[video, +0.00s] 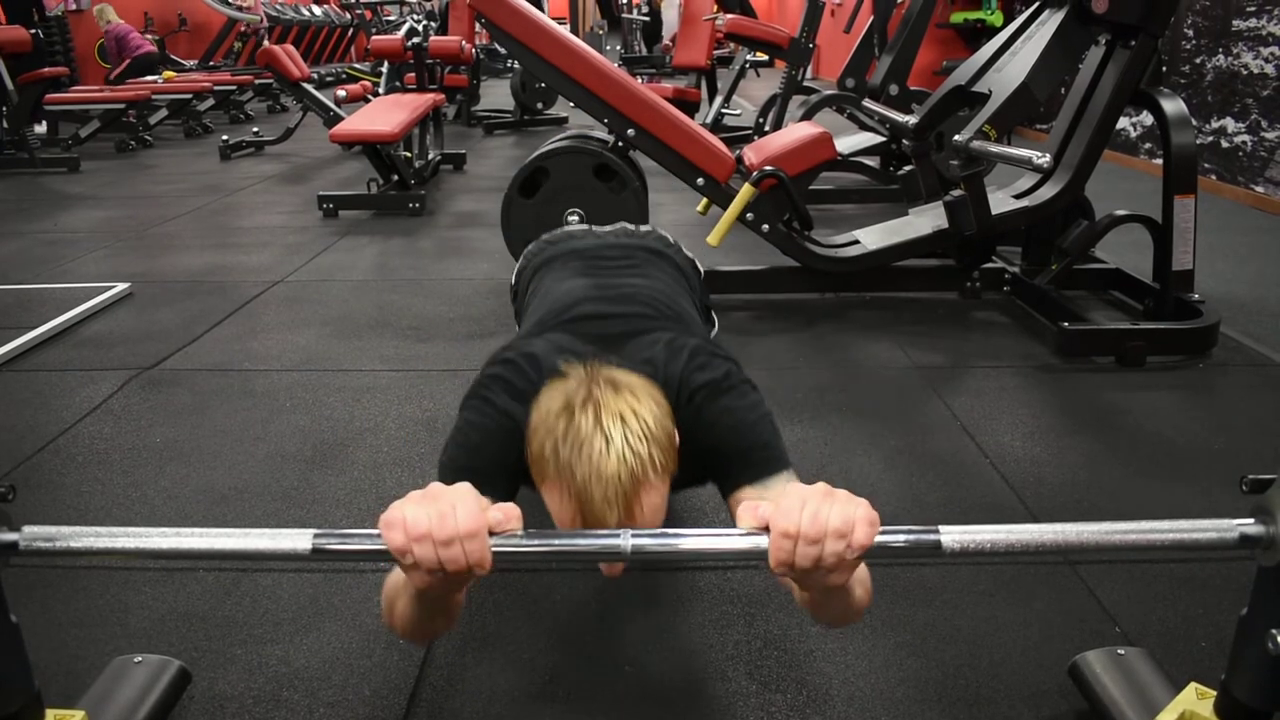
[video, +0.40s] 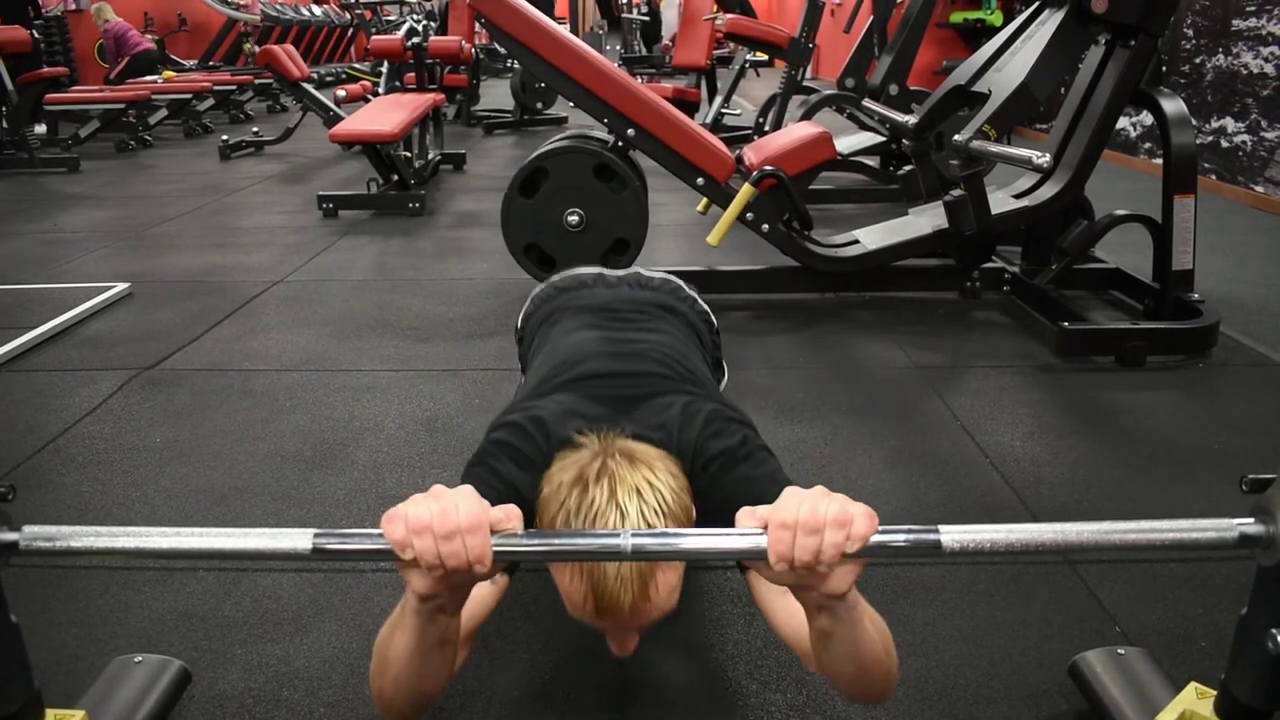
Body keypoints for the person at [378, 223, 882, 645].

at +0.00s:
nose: (612, 561)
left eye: (633, 530)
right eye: (586, 537)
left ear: (668, 464)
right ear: (536, 479)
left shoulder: (715, 395)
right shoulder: (497, 408)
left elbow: (841, 611)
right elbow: (412, 627)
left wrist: (823, 564)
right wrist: (436, 571)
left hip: (660, 250)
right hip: (549, 253)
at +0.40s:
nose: (622, 649)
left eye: (648, 618)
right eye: (594, 621)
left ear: (687, 544)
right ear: (545, 552)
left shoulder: (729, 463)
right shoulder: (508, 469)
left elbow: (871, 687)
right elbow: (398, 701)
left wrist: (831, 600)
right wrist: (432, 602)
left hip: (674, 296)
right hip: (556, 298)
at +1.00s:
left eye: (665, 717)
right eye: (598, 719)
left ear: (697, 660)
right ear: (555, 681)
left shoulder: (752, 557)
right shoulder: (504, 554)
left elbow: (850, 711)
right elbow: (422, 710)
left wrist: (839, 612)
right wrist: (431, 605)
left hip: (687, 375)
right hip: (566, 373)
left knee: (666, 318)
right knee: (583, 315)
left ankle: (649, 291)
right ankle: (600, 279)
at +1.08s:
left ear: (697, 674)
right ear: (556, 694)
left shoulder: (753, 577)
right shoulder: (504, 575)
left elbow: (859, 713)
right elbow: (422, 713)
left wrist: (841, 610)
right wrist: (433, 604)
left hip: (691, 382)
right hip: (565, 379)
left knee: (666, 321)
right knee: (584, 319)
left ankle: (650, 291)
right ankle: (603, 279)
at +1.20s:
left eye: (668, 719)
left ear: (697, 674)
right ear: (557, 692)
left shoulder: (753, 577)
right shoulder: (509, 577)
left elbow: (872, 712)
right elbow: (413, 711)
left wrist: (843, 601)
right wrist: (434, 595)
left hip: (691, 379)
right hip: (563, 378)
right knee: (584, 312)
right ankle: (601, 270)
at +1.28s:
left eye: (660, 711)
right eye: (595, 711)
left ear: (698, 648)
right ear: (555, 660)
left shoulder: (751, 558)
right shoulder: (509, 555)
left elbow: (877, 707)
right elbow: (405, 706)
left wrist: (841, 593)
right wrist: (436, 588)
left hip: (689, 359)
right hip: (561, 359)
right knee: (583, 300)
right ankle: (603, 259)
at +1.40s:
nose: (626, 679)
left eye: (654, 647)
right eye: (598, 650)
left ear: (692, 577)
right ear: (552, 583)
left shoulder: (747, 492)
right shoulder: (511, 500)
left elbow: (883, 706)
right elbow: (383, 705)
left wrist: (838, 579)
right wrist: (435, 577)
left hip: (686, 317)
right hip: (561, 312)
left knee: (668, 275)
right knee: (588, 271)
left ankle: (656, 251)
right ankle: (600, 250)